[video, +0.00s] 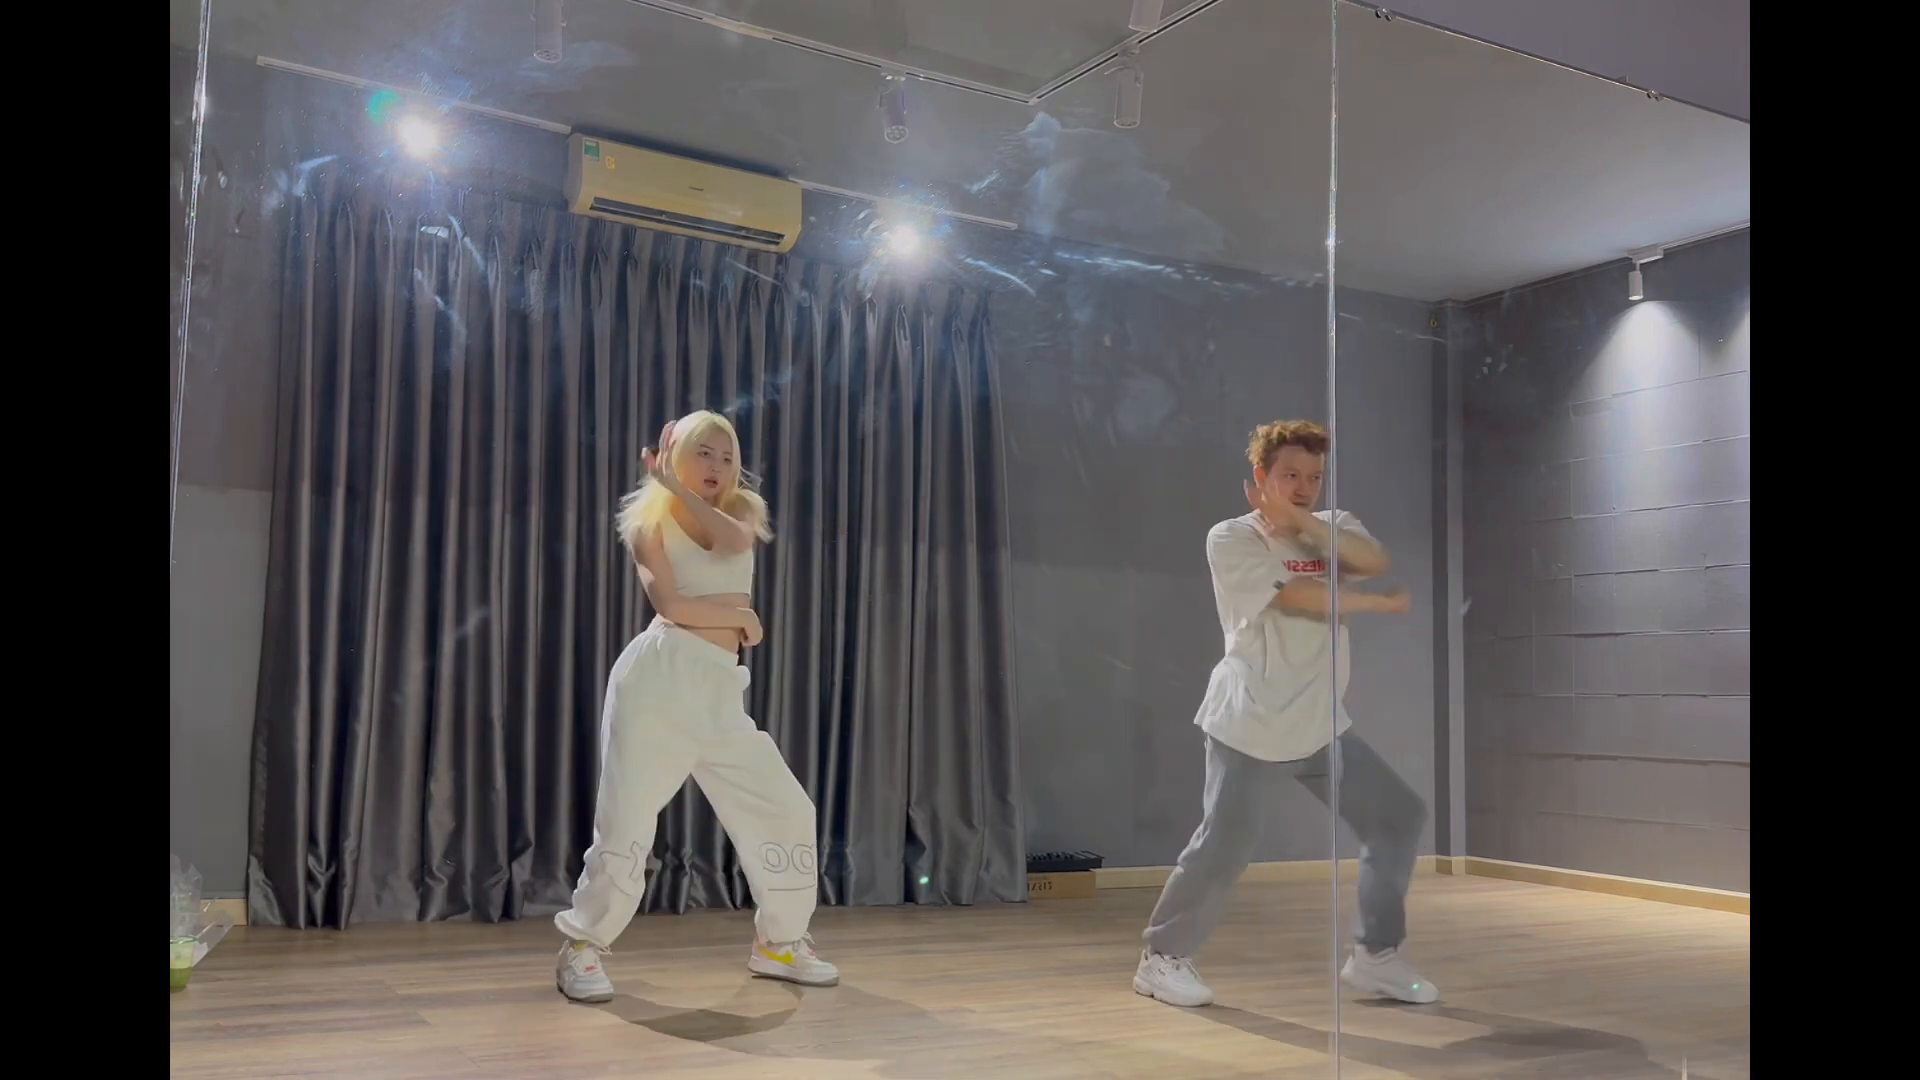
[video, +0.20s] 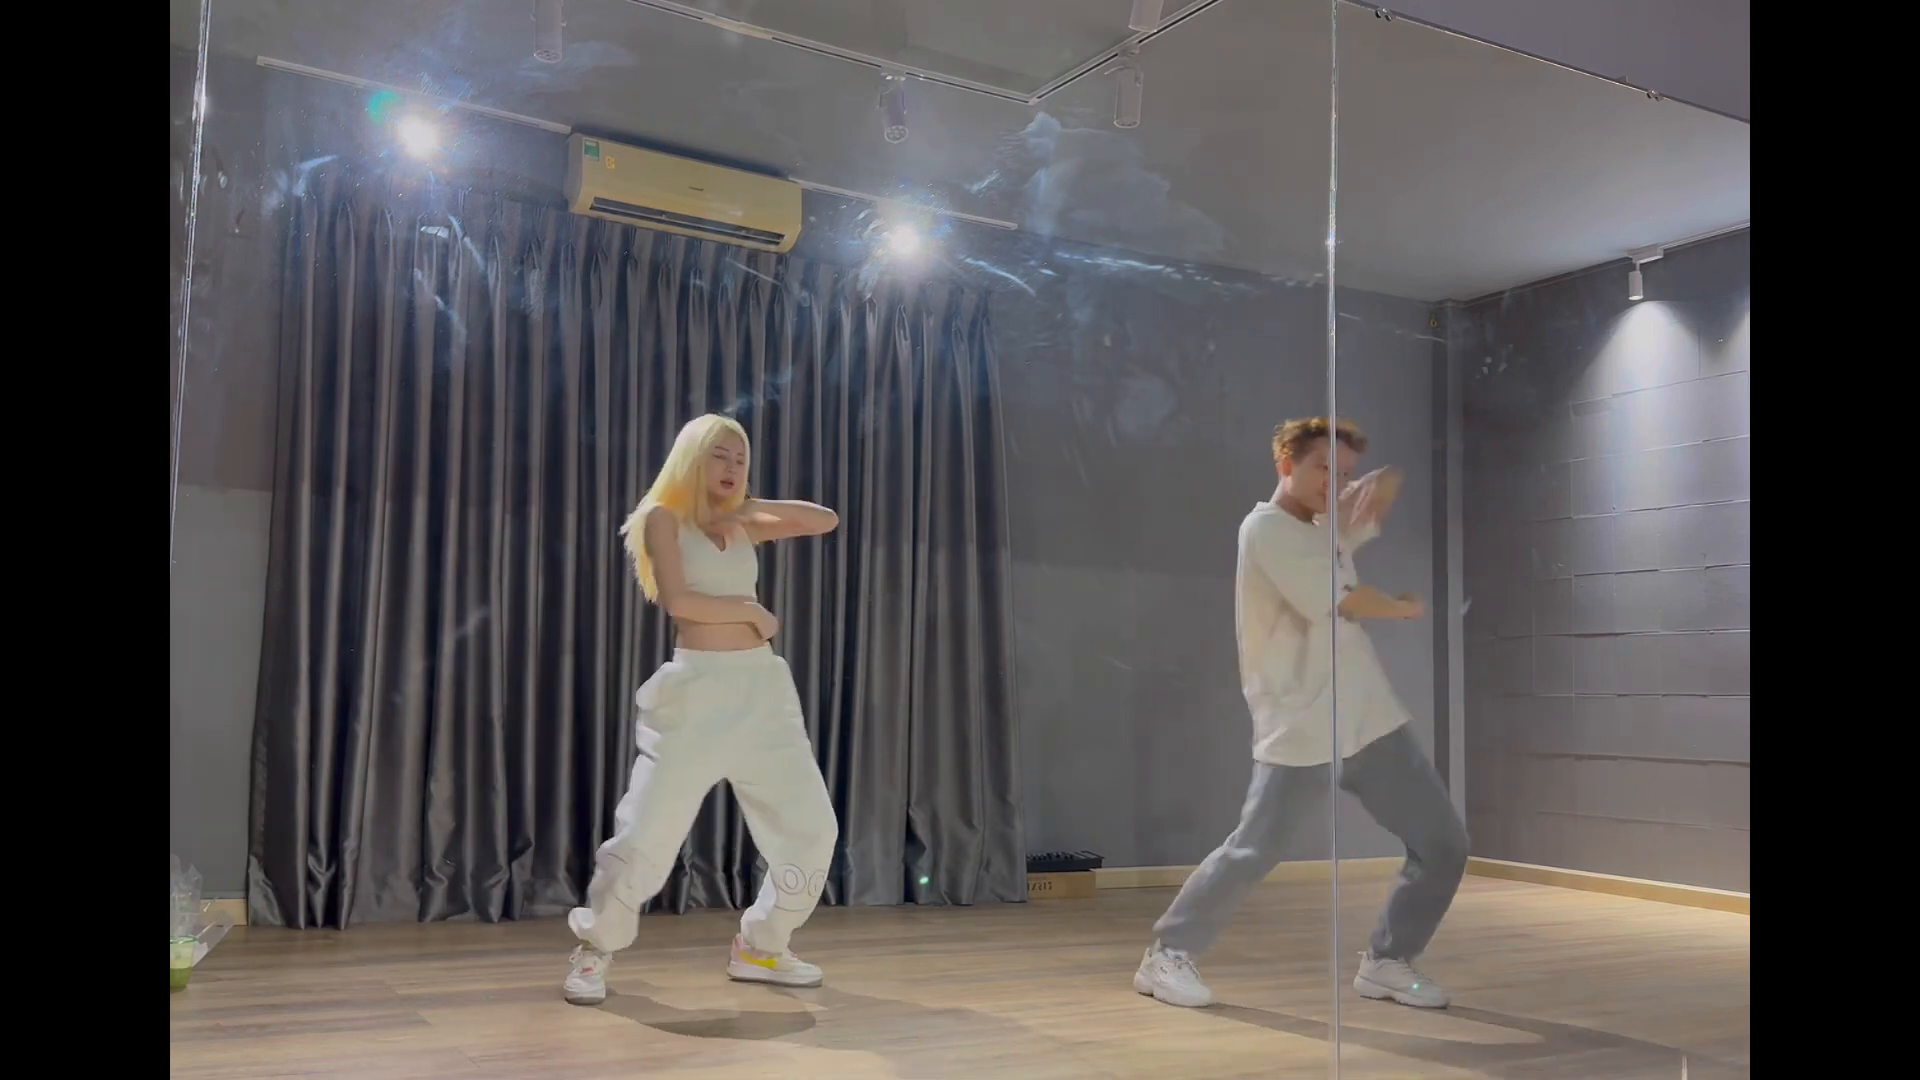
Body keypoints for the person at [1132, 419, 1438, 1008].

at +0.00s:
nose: (1305, 487)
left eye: (1313, 477)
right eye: (1292, 476)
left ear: (1321, 483)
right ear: (1259, 480)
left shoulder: (1334, 528)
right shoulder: (1230, 541)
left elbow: (1377, 563)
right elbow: (1292, 596)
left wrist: (1308, 529)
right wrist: (1380, 603)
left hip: (1316, 722)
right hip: (1246, 721)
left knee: (1399, 816)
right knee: (1226, 839)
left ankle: (1375, 956)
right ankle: (1162, 958)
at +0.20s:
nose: (1335, 482)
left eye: (1343, 473)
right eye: (1323, 468)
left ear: (1348, 477)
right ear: (1286, 465)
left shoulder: (1327, 524)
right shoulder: (1265, 529)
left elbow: (1385, 488)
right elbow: (1340, 598)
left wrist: (1380, 485)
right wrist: (1402, 607)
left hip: (1365, 716)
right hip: (1298, 725)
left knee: (1444, 844)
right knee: (1253, 851)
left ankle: (1387, 962)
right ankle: (1166, 956)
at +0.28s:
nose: (1354, 483)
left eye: (1360, 475)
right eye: (1345, 467)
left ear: (1362, 476)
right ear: (1307, 459)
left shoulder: (1322, 513)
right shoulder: (1286, 518)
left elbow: (1359, 475)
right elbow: (1369, 583)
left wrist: (1409, 442)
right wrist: (1422, 599)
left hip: (1407, 710)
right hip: (1341, 724)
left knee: (1451, 836)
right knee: (1302, 844)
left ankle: (1390, 962)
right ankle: (1204, 942)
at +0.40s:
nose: (1391, 460)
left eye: (1394, 448)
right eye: (1380, 445)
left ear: (1378, 455)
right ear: (1340, 450)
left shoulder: (1364, 510)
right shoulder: (1324, 509)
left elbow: (1419, 525)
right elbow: (1357, 545)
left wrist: (1399, 453)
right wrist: (1398, 466)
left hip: (1424, 700)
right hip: (1378, 710)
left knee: (1449, 835)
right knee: (1440, 836)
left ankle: (1392, 960)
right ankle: (1332, 889)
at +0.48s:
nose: (1406, 452)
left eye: (1410, 442)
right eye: (1396, 440)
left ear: (1406, 448)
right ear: (1358, 445)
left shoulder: (1390, 514)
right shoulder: (1342, 507)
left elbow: (1463, 559)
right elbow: (1383, 562)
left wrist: (1421, 484)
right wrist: (1397, 481)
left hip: (1417, 700)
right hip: (1393, 701)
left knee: (1431, 830)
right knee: (1513, 790)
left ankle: (1389, 961)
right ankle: (1418, 901)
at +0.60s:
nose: (1425, 450)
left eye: (1427, 440)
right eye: (1415, 437)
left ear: (1384, 448)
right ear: (1373, 438)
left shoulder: (1370, 510)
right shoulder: (1369, 515)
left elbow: (1461, 570)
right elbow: (1468, 570)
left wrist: (1470, 493)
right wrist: (1465, 486)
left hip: (1390, 707)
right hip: (1426, 703)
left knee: (1445, 831)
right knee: (1537, 794)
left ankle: (1387, 964)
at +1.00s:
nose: (1463, 464)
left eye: (1468, 456)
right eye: (1455, 451)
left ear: (1454, 457)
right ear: (1416, 446)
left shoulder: (1442, 506)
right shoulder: (1381, 490)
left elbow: (1501, 495)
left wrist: (1507, 494)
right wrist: (1492, 512)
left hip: (1460, 712)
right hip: (1434, 714)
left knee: (1469, 847)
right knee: (1536, 813)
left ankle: (1388, 969)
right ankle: (1543, 986)